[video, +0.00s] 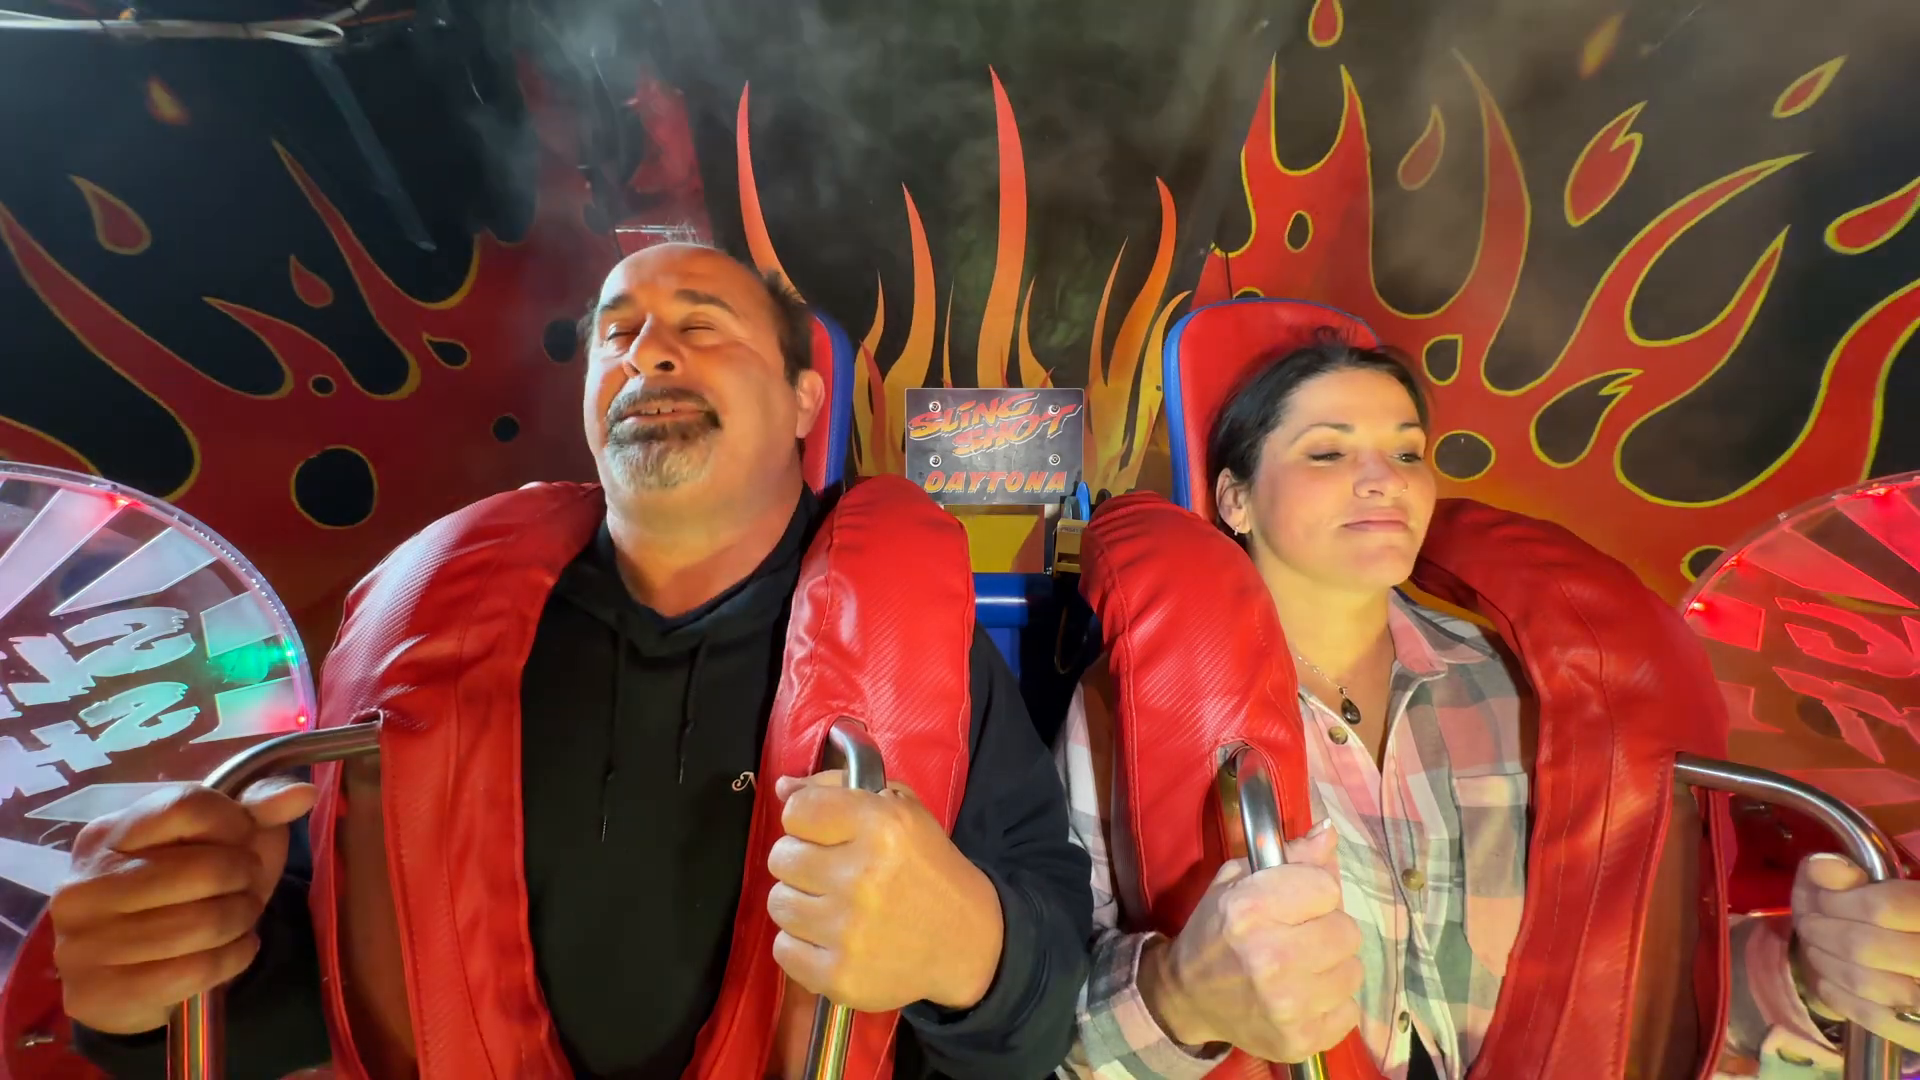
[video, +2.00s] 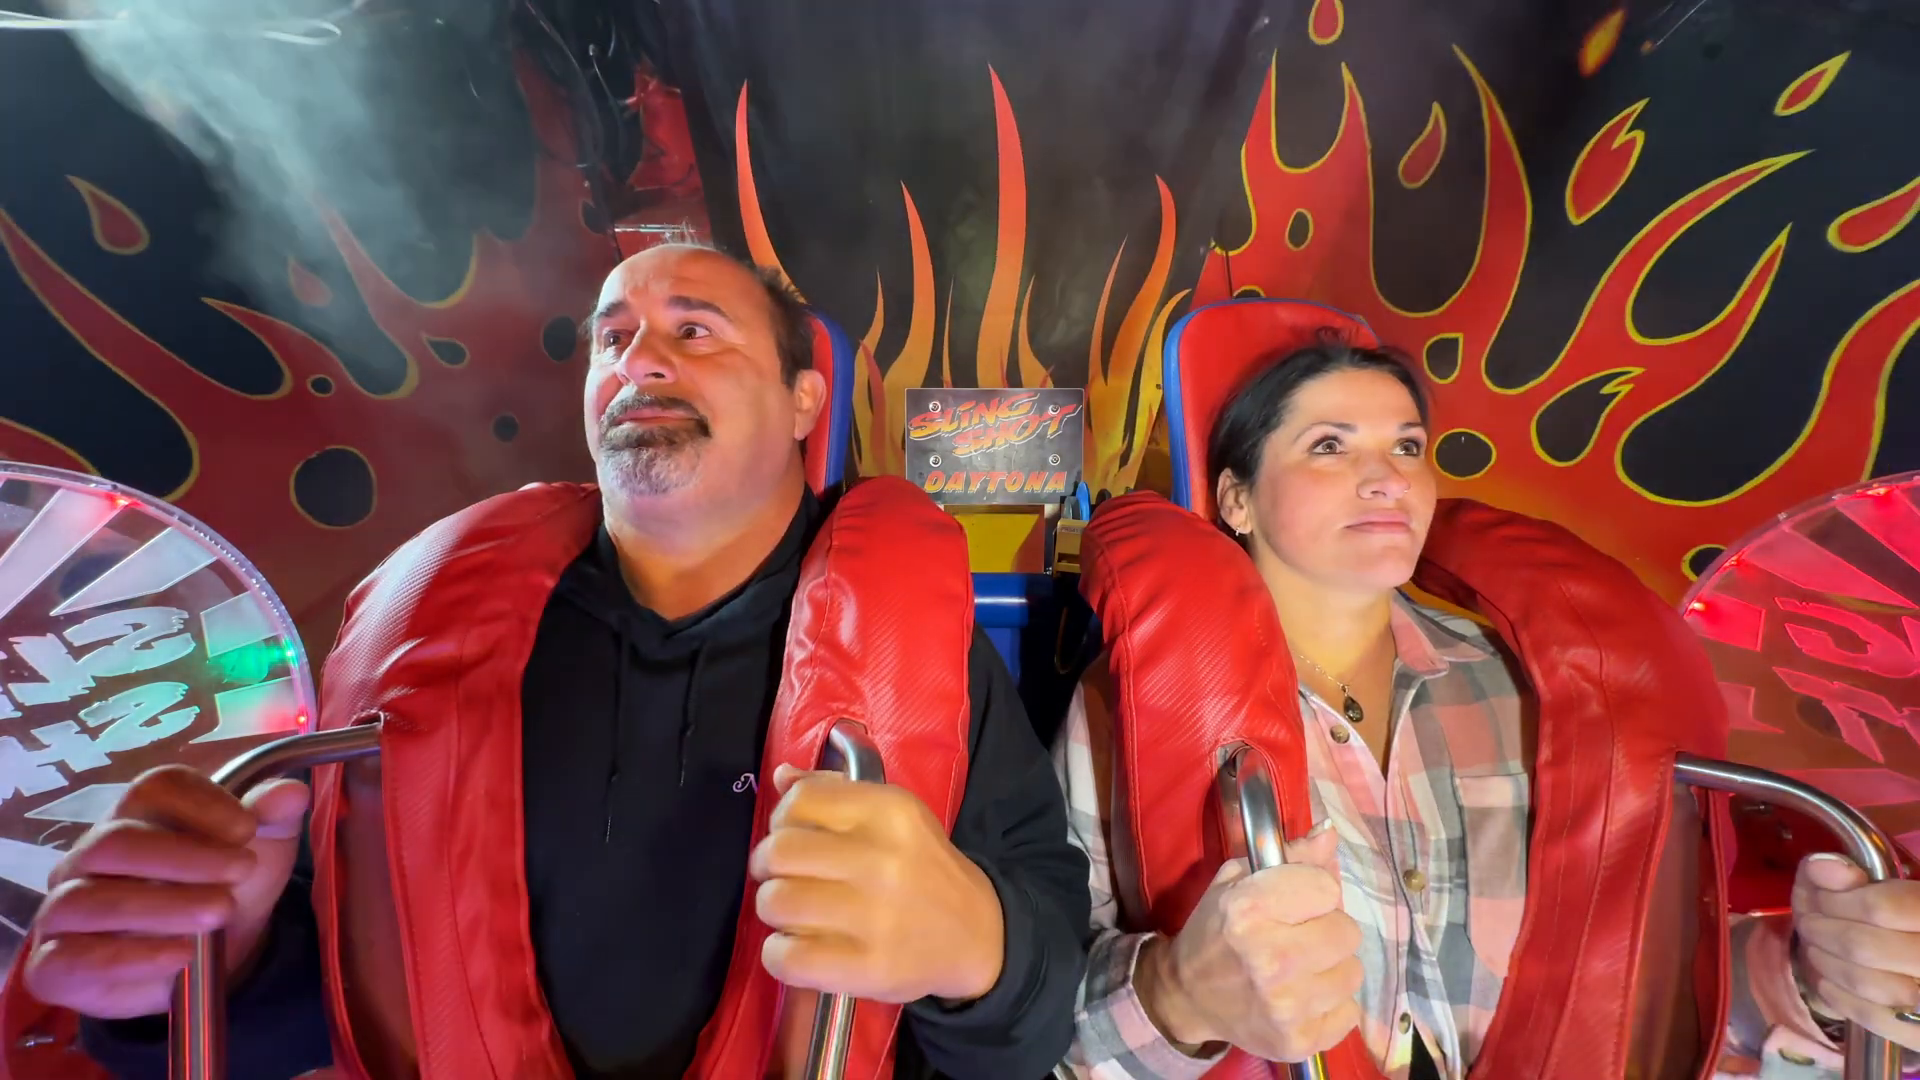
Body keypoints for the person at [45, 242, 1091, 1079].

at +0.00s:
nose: (649, 348)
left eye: (708, 319)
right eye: (617, 333)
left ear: (805, 405)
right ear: (585, 417)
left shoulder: (924, 658)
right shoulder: (438, 637)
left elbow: (1045, 1003)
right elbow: (309, 977)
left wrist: (982, 956)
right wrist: (104, 993)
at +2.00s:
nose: (639, 359)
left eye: (699, 326)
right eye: (612, 338)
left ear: (807, 402)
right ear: (583, 411)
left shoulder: (924, 650)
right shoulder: (435, 642)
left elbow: (1041, 981)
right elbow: (297, 1017)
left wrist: (980, 943)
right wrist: (186, 978)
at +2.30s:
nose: (632, 367)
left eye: (692, 330)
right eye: (608, 343)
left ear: (802, 405)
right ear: (579, 411)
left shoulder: (925, 649)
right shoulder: (433, 635)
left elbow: (1033, 1016)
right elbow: (304, 1008)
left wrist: (977, 952)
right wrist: (145, 974)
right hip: (485, 1066)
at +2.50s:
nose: (623, 368)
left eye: (685, 329)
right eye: (602, 347)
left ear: (799, 403)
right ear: (578, 417)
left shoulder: (920, 660)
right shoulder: (440, 641)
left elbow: (1032, 1029)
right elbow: (306, 972)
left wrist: (974, 956)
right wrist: (90, 984)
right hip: (480, 1064)